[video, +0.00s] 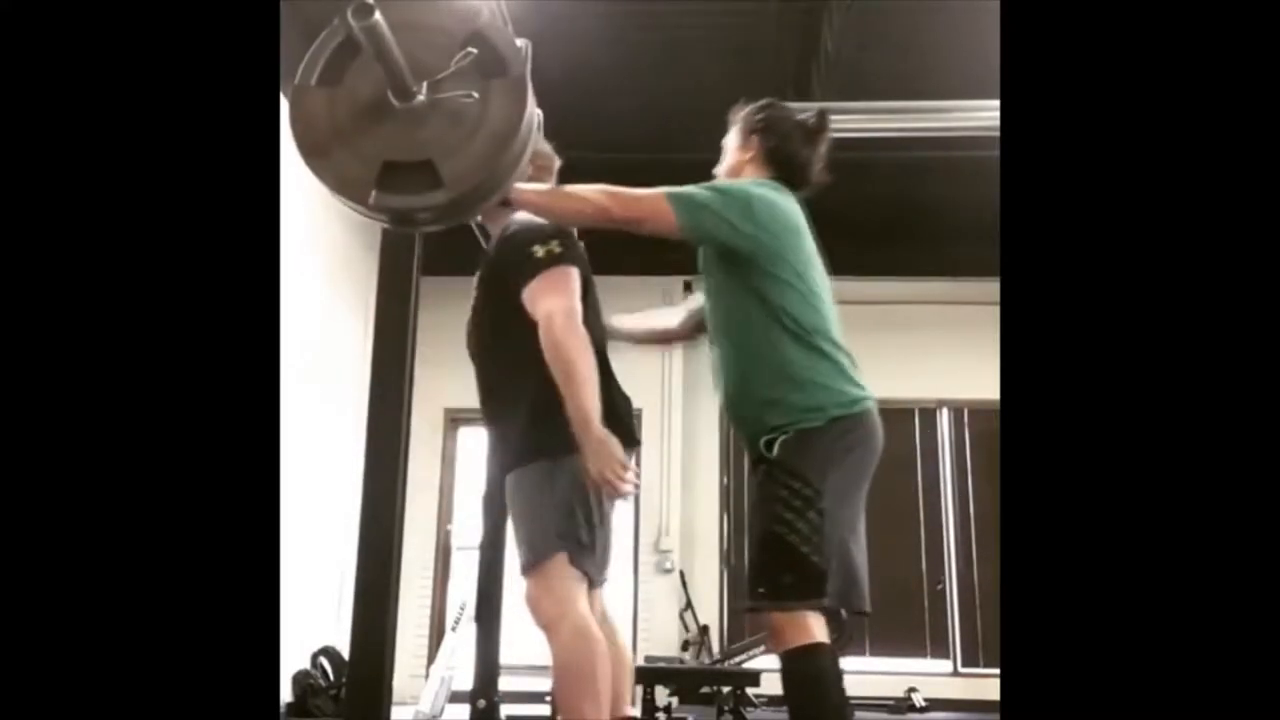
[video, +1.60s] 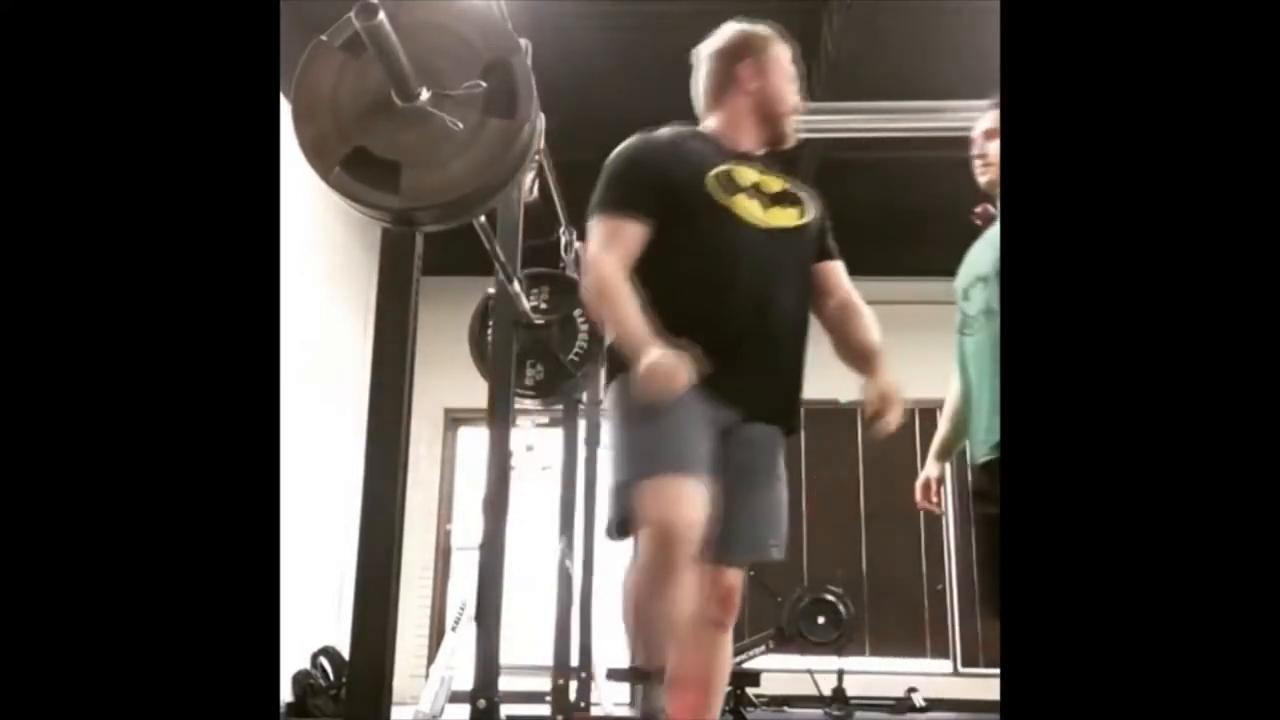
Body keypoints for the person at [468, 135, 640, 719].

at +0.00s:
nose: (486, 179)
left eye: (497, 163)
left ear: (509, 176)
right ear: (542, 171)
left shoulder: (533, 235)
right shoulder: (520, 244)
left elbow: (561, 319)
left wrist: (590, 432)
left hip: (551, 451)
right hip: (558, 450)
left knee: (555, 599)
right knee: (586, 605)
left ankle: (588, 713)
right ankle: (619, 711)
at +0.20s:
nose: (491, 187)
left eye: (505, 171)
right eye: (487, 173)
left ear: (538, 171)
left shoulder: (552, 229)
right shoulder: (512, 252)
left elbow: (560, 312)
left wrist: (513, 420)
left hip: (578, 433)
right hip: (530, 435)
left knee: (562, 595)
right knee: (508, 590)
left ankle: (596, 714)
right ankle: (576, 707)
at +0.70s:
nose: (535, 189)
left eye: (547, 177)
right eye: (522, 180)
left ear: (571, 190)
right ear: (504, 200)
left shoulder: (606, 250)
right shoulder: (501, 297)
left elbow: (628, 355)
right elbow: (474, 388)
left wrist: (589, 453)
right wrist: (438, 457)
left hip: (576, 454)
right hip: (513, 464)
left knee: (560, 591)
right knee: (535, 602)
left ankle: (592, 715)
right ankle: (565, 714)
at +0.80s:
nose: (551, 186)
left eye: (562, 174)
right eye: (536, 176)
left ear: (583, 187)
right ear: (515, 193)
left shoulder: (624, 250)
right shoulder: (507, 291)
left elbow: (662, 348)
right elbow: (478, 391)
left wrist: (665, 455)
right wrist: (452, 483)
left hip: (592, 449)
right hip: (516, 458)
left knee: (572, 581)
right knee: (543, 609)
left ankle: (615, 715)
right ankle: (573, 716)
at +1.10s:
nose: (643, 162)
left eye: (643, 151)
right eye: (629, 151)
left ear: (645, 156)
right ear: (581, 163)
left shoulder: (681, 234)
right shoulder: (530, 256)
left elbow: (735, 323)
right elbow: (507, 367)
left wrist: (764, 423)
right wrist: (513, 468)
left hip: (655, 451)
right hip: (563, 458)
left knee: (660, 596)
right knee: (570, 616)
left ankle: (671, 717)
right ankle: (574, 718)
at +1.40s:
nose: (745, 114)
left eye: (743, 100)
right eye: (733, 99)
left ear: (711, 107)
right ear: (685, 105)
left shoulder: (765, 208)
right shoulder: (606, 197)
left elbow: (813, 306)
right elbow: (559, 309)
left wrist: (813, 394)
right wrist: (564, 418)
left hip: (729, 429)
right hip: (620, 421)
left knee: (707, 601)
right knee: (578, 584)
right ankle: (572, 710)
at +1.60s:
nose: (801, 91)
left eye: (798, 76)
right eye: (789, 73)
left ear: (754, 82)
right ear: (746, 78)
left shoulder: (798, 197)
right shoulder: (656, 157)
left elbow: (837, 297)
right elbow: (602, 266)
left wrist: (876, 366)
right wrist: (645, 350)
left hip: (757, 407)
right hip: (672, 382)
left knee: (718, 597)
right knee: (673, 528)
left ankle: (691, 718)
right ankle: (648, 697)